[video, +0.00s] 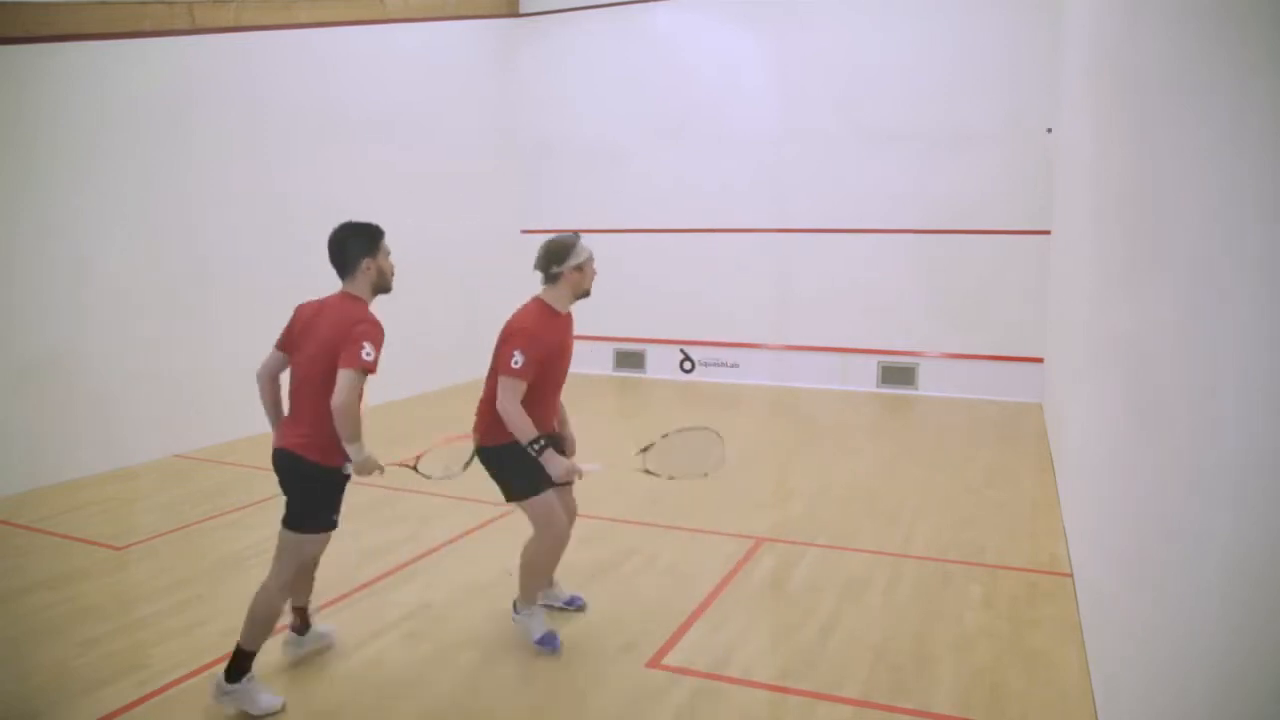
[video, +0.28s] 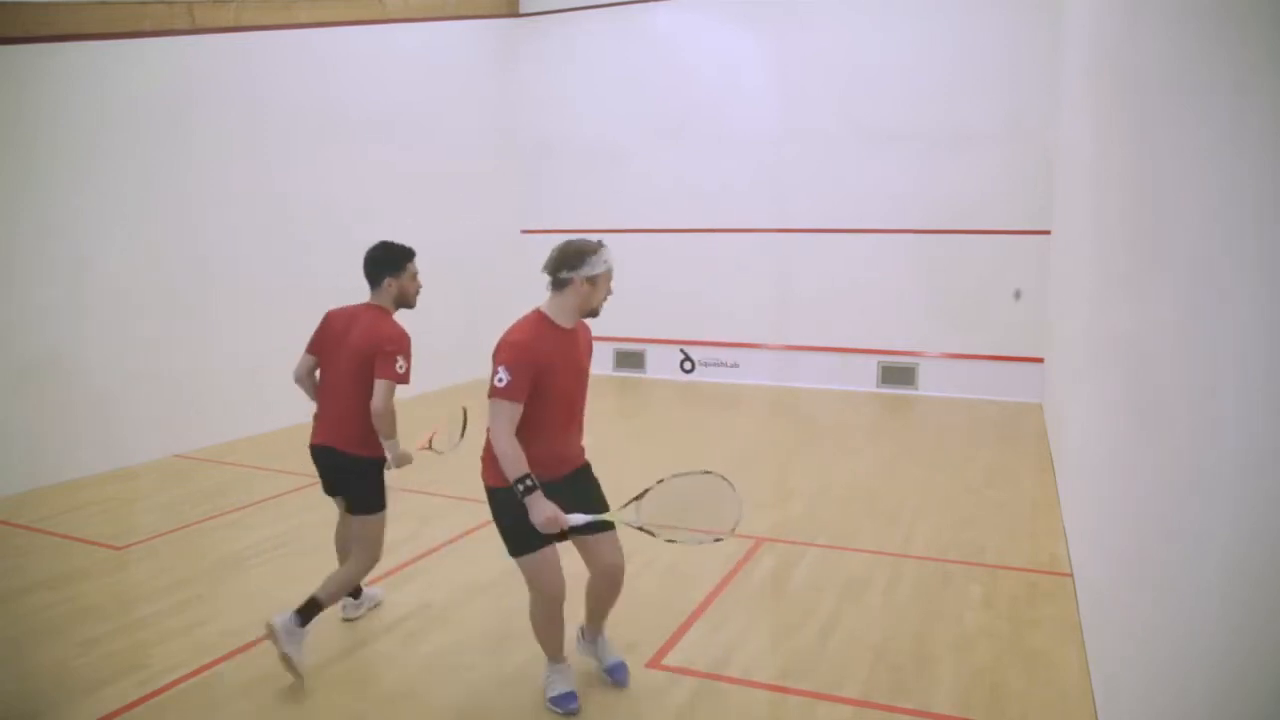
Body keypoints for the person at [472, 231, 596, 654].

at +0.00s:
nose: (594, 272)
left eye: (592, 264)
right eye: (588, 266)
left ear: (564, 272)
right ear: (565, 272)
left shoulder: (562, 316)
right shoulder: (527, 327)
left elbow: (548, 382)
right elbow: (507, 402)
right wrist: (545, 454)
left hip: (538, 430)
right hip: (502, 439)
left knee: (566, 512)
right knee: (552, 523)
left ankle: (543, 587)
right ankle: (525, 607)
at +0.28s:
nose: (610, 289)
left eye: (610, 280)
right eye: (605, 280)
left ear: (577, 282)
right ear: (577, 282)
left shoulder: (581, 335)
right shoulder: (520, 344)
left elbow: (566, 409)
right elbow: (500, 431)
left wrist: (571, 465)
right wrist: (532, 497)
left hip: (570, 471)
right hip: (516, 483)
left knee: (610, 567)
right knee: (548, 586)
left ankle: (591, 636)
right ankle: (556, 666)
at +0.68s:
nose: (629, 340)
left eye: (632, 330)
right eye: (627, 329)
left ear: (595, 321)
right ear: (595, 321)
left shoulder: (597, 371)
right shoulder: (514, 382)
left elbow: (609, 426)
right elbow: (478, 482)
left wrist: (653, 474)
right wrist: (476, 542)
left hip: (556, 525)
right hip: (493, 533)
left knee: (602, 639)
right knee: (501, 668)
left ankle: (600, 718)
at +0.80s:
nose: (630, 372)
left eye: (632, 361)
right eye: (626, 360)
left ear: (593, 355)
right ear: (591, 354)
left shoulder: (588, 406)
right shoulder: (506, 417)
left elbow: (608, 425)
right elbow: (463, 513)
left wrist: (634, 447)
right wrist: (451, 565)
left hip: (539, 545)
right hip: (479, 557)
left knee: (604, 641)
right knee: (497, 689)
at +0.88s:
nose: (632, 392)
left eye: (634, 379)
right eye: (628, 380)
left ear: (593, 377)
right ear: (593, 375)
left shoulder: (583, 417)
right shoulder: (506, 441)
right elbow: (467, 542)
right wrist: (454, 597)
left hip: (524, 552)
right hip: (463, 570)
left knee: (606, 640)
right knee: (508, 701)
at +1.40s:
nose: (508, 308)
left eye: (507, 297)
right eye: (504, 297)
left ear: (444, 305)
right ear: (486, 305)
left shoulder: (389, 356)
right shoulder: (501, 385)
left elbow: (328, 425)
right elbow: (483, 451)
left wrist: (276, 499)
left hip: (360, 536)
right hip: (415, 544)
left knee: (434, 627)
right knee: (475, 682)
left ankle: (409, 706)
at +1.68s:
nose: (433, 251)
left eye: (429, 242)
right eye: (428, 243)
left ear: (379, 252)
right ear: (413, 250)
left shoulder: (337, 307)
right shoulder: (438, 320)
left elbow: (297, 381)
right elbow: (438, 377)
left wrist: (279, 453)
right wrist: (388, 348)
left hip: (333, 468)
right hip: (387, 475)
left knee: (369, 586)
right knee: (386, 599)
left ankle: (339, 702)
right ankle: (360, 711)